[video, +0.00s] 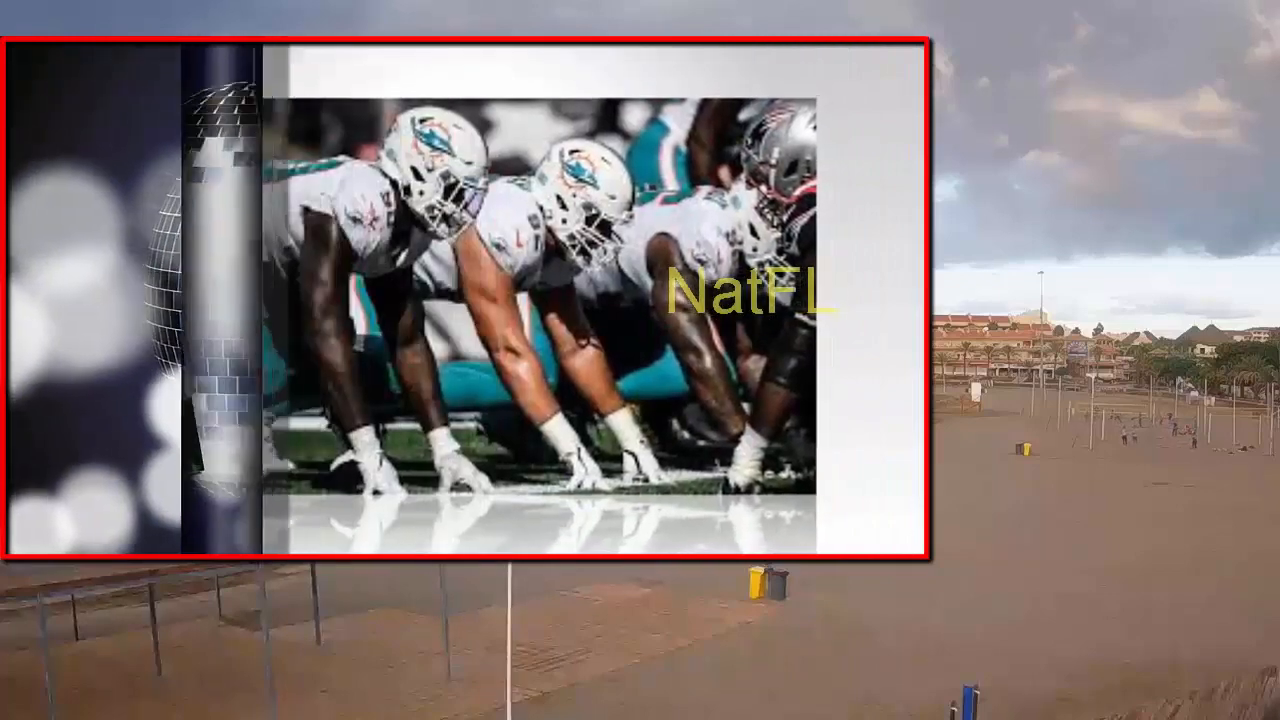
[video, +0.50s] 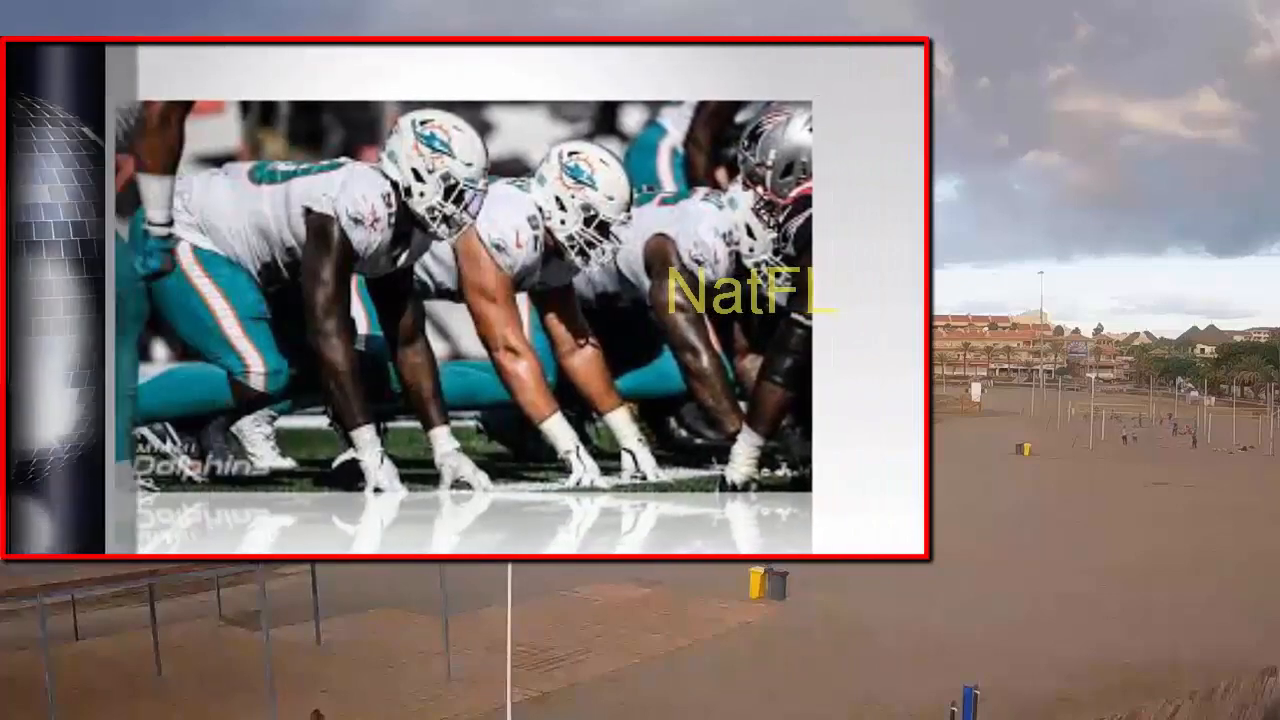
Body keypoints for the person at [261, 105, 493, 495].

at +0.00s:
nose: (462, 205)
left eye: (468, 192)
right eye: (455, 188)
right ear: (420, 169)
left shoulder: (400, 225)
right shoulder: (354, 198)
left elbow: (409, 341)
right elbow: (325, 331)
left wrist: (444, 449)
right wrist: (367, 449)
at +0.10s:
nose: (461, 205)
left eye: (468, 192)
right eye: (453, 187)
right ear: (419, 169)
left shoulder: (397, 223)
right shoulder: (355, 200)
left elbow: (409, 341)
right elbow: (325, 332)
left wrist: (444, 448)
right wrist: (367, 451)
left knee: (305, 356)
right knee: (262, 374)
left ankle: (250, 421)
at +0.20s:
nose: (463, 205)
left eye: (469, 192)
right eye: (454, 188)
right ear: (419, 170)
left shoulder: (401, 227)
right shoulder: (355, 200)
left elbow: (409, 341)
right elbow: (325, 332)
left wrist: (445, 447)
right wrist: (368, 450)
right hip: (206, 241)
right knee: (260, 375)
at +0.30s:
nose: (460, 205)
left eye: (468, 193)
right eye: (454, 188)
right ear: (419, 169)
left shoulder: (399, 226)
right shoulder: (352, 201)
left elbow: (410, 340)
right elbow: (327, 335)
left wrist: (445, 448)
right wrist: (370, 454)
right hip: (193, 231)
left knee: (322, 355)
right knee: (261, 376)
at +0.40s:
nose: (458, 201)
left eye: (466, 190)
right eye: (450, 183)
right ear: (415, 164)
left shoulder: (398, 225)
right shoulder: (351, 202)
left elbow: (410, 341)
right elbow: (326, 333)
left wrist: (445, 448)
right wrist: (369, 451)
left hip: (247, 252)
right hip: (186, 236)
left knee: (309, 367)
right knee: (258, 373)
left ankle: (187, 423)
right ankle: (104, 410)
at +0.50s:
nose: (457, 201)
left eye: (466, 190)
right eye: (449, 183)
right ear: (413, 164)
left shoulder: (399, 226)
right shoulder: (352, 202)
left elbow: (410, 340)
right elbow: (327, 332)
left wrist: (445, 447)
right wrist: (369, 449)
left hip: (247, 251)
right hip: (188, 235)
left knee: (312, 366)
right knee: (259, 374)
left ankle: (191, 426)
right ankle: (110, 412)